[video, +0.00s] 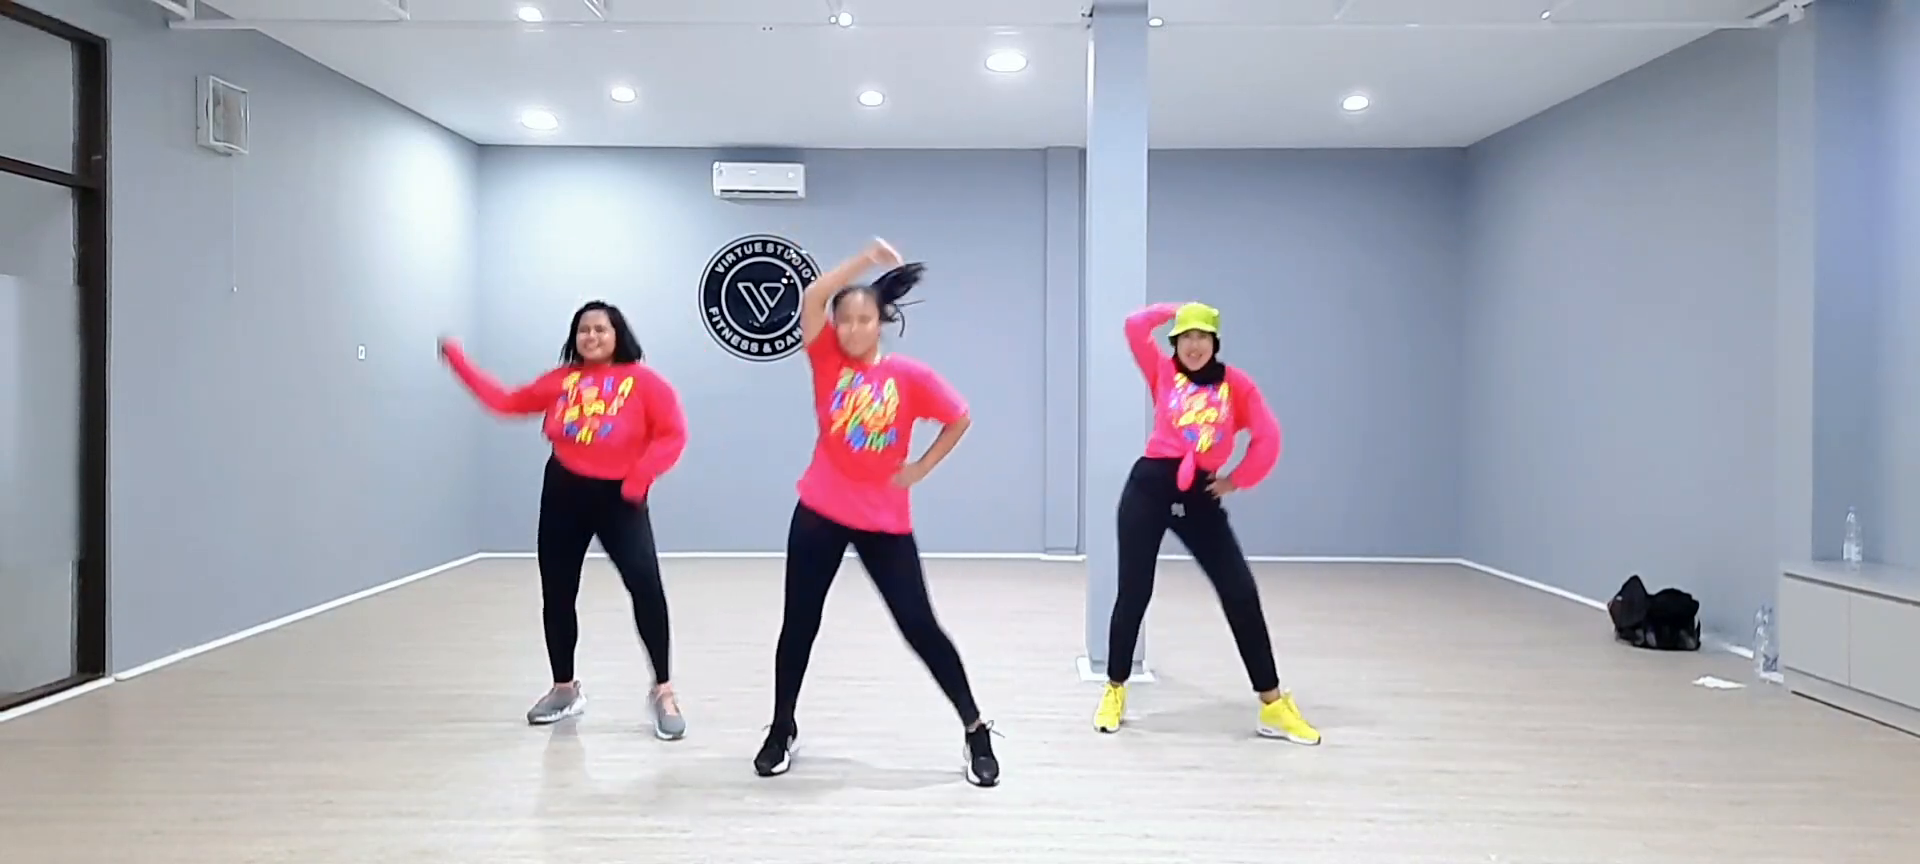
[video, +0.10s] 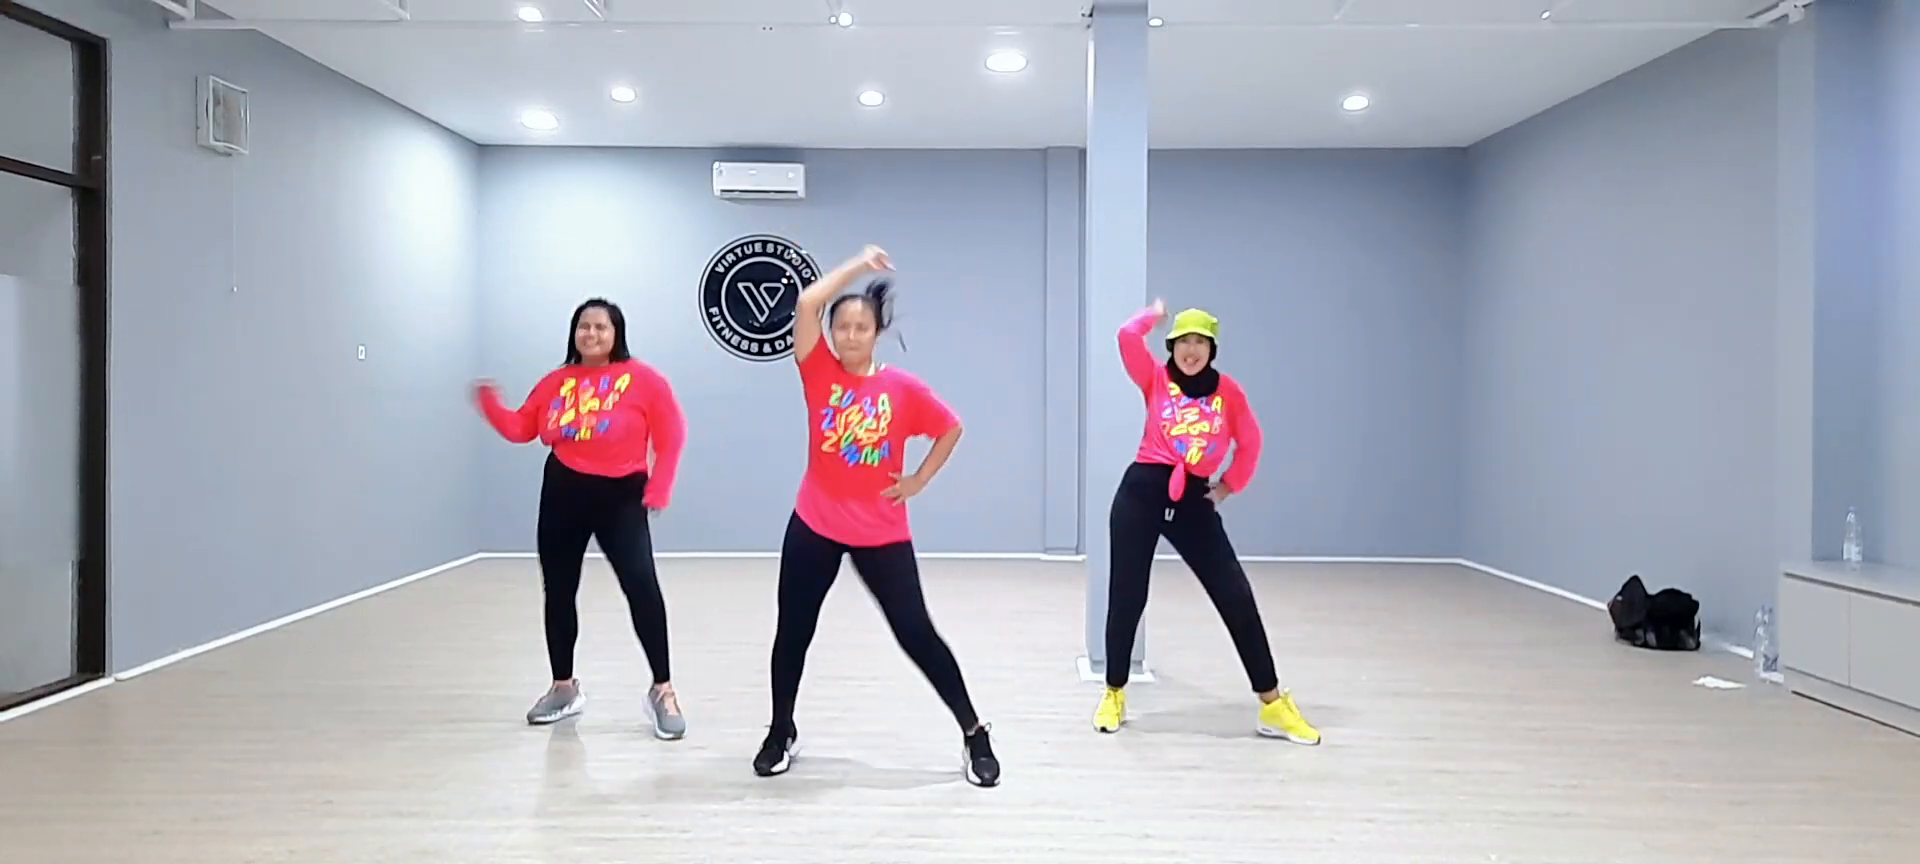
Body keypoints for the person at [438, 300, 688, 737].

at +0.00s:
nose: (591, 336)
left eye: (600, 329)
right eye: (583, 330)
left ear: (618, 336)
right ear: (574, 338)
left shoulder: (644, 381)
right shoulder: (561, 381)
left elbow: (673, 435)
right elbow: (506, 402)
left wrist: (641, 477)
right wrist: (459, 362)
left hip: (620, 496)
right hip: (564, 494)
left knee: (646, 584)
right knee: (557, 593)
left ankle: (663, 689)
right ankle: (564, 687)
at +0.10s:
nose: (591, 333)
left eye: (600, 327)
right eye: (585, 326)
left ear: (616, 334)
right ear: (574, 335)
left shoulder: (643, 379)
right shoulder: (555, 382)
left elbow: (672, 434)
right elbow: (521, 429)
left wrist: (660, 489)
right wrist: (490, 403)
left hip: (620, 495)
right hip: (564, 492)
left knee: (641, 584)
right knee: (558, 590)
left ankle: (663, 690)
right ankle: (563, 687)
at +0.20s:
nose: (598, 310)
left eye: (608, 304)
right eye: (591, 303)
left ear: (624, 313)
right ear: (579, 311)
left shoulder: (649, 355)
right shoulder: (558, 357)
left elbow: (688, 393)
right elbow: (521, 409)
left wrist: (681, 447)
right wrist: (549, 383)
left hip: (633, 472)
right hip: (576, 473)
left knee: (646, 568)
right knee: (570, 575)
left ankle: (666, 679)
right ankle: (560, 672)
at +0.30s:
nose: (607, 303)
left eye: (617, 297)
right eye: (599, 297)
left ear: (634, 308)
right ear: (587, 307)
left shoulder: (663, 348)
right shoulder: (568, 349)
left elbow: (691, 385)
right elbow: (539, 408)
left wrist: (690, 440)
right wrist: (588, 390)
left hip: (646, 463)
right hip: (588, 463)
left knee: (650, 570)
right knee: (564, 560)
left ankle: (652, 683)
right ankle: (589, 636)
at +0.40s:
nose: (618, 317)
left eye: (628, 311)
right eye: (610, 311)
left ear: (643, 322)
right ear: (596, 321)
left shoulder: (673, 370)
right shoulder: (573, 372)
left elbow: (693, 432)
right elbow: (553, 431)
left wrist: (700, 482)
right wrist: (594, 435)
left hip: (653, 486)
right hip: (593, 484)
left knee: (649, 591)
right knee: (581, 590)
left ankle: (642, 700)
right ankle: (620, 582)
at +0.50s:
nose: (627, 326)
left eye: (637, 320)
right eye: (618, 320)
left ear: (650, 330)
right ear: (605, 330)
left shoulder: (673, 382)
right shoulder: (579, 381)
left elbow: (690, 446)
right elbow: (551, 437)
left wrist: (706, 498)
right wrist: (580, 471)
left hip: (662, 491)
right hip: (605, 490)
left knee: (658, 597)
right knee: (619, 580)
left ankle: (644, 699)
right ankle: (615, 614)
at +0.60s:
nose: (629, 318)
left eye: (637, 312)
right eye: (620, 312)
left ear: (651, 323)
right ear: (606, 323)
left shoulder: (672, 374)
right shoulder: (580, 367)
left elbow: (689, 425)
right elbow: (531, 411)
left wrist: (704, 446)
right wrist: (561, 456)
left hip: (661, 481)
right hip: (602, 478)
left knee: (659, 584)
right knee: (640, 561)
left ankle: (649, 695)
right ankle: (612, 669)